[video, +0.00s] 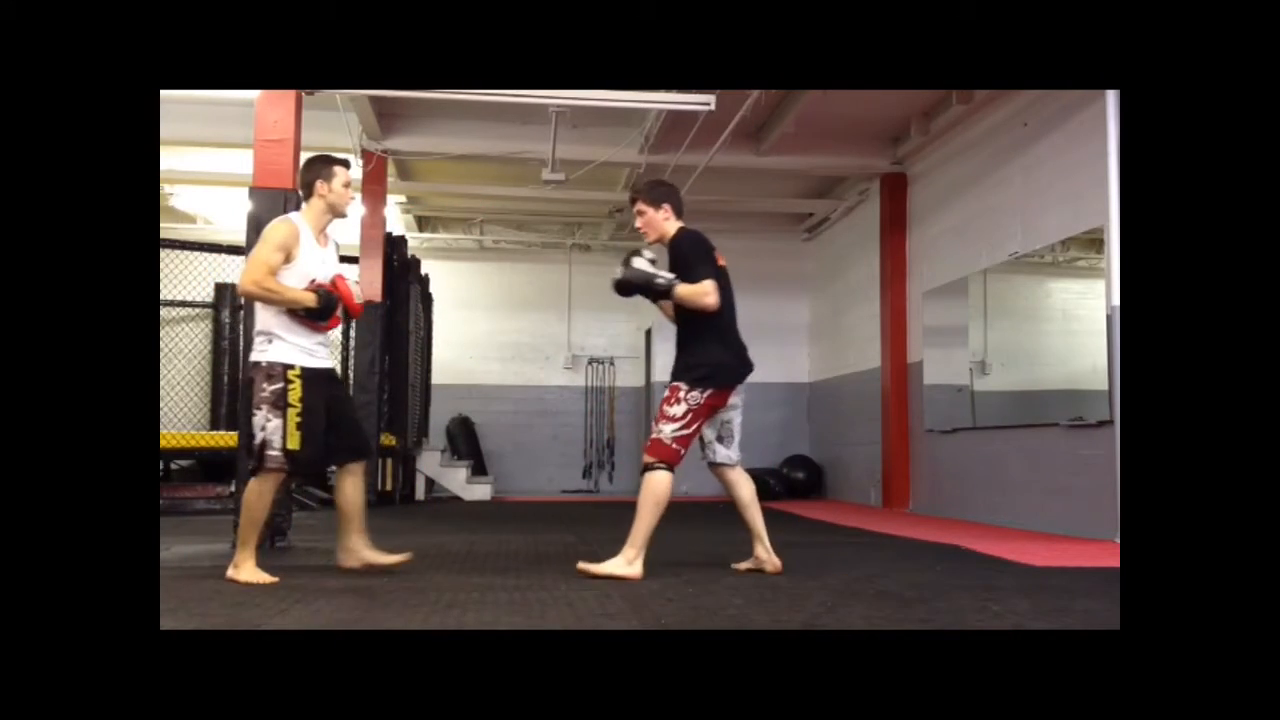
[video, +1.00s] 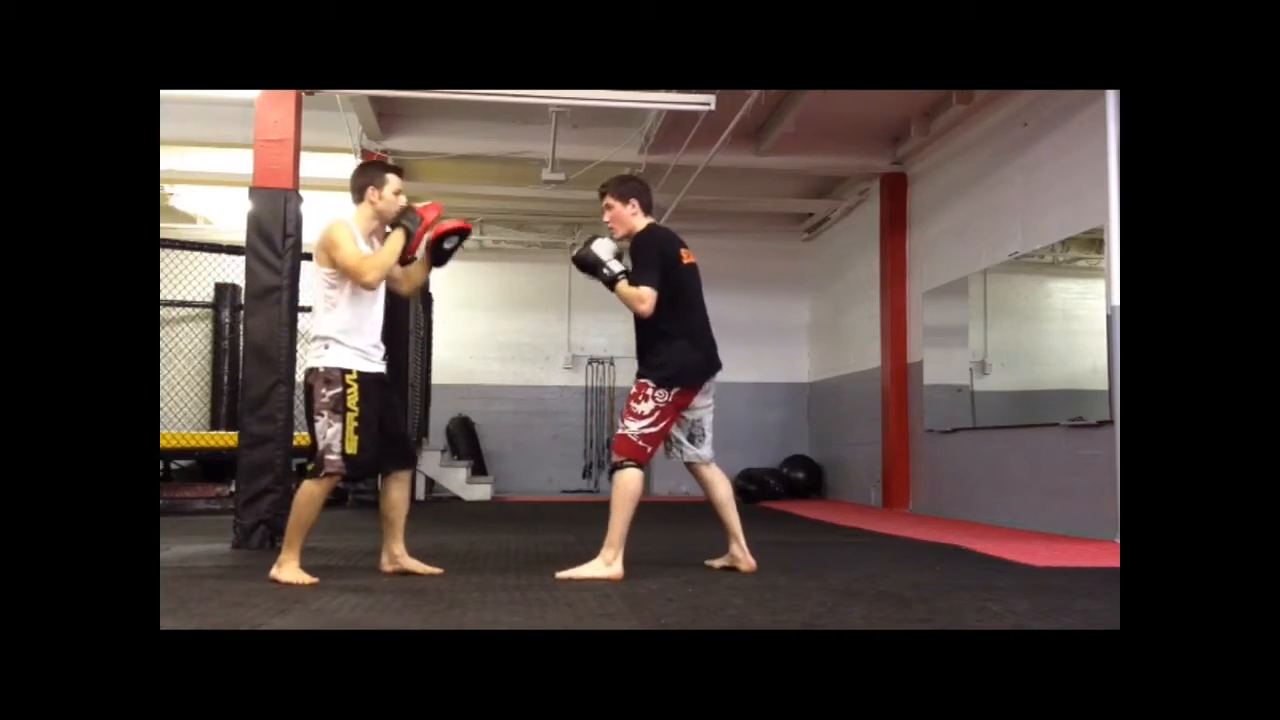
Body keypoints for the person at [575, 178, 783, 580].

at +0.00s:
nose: (638, 225)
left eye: (642, 215)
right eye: (635, 217)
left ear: (666, 211)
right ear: (665, 214)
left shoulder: (686, 242)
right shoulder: (685, 249)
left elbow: (709, 297)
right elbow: (679, 315)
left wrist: (661, 285)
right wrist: (652, 285)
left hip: (702, 369)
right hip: (726, 368)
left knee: (659, 457)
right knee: (725, 460)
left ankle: (631, 557)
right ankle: (764, 551)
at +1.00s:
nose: (606, 218)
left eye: (610, 209)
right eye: (604, 210)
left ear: (633, 206)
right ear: (638, 209)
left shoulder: (647, 241)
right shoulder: (667, 240)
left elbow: (644, 303)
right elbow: (652, 299)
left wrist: (609, 272)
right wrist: (616, 268)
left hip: (669, 367)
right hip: (698, 364)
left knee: (627, 453)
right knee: (699, 457)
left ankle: (610, 558)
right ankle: (739, 549)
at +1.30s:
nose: (614, 226)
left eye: (616, 216)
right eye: (612, 218)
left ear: (639, 210)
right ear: (647, 213)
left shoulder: (648, 244)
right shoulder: (680, 241)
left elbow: (624, 300)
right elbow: (654, 296)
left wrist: (589, 272)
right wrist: (618, 259)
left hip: (668, 362)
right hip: (704, 362)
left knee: (605, 439)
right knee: (702, 457)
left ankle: (589, 539)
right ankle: (739, 549)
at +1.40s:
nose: (605, 221)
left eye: (608, 212)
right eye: (604, 213)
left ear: (630, 208)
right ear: (644, 208)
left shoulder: (624, 241)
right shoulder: (677, 236)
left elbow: (571, 271)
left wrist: (542, 247)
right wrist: (601, 248)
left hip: (660, 360)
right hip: (701, 357)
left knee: (613, 450)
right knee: (707, 457)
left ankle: (593, 549)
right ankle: (739, 550)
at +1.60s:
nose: (585, 235)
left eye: (588, 225)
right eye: (583, 227)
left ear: (612, 216)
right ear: (616, 218)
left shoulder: (630, 248)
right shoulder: (646, 244)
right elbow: (599, 300)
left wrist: (546, 270)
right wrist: (544, 277)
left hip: (657, 374)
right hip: (676, 371)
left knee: (606, 455)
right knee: (672, 467)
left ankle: (590, 562)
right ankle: (735, 541)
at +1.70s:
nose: (578, 258)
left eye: (584, 248)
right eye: (575, 250)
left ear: (609, 239)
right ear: (576, 247)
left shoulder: (649, 267)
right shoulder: (587, 273)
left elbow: (663, 336)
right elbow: (563, 322)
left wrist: (604, 321)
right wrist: (556, 284)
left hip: (661, 383)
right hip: (630, 382)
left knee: (591, 452)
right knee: (651, 479)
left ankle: (588, 563)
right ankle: (733, 537)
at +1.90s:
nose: (544, 256)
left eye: (546, 247)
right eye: (542, 249)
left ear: (570, 240)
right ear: (573, 238)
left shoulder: (618, 266)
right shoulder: (581, 266)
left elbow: (645, 337)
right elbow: (560, 307)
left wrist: (592, 365)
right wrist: (555, 274)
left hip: (633, 376)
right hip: (639, 376)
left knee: (570, 456)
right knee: (650, 463)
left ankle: (586, 561)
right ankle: (719, 531)